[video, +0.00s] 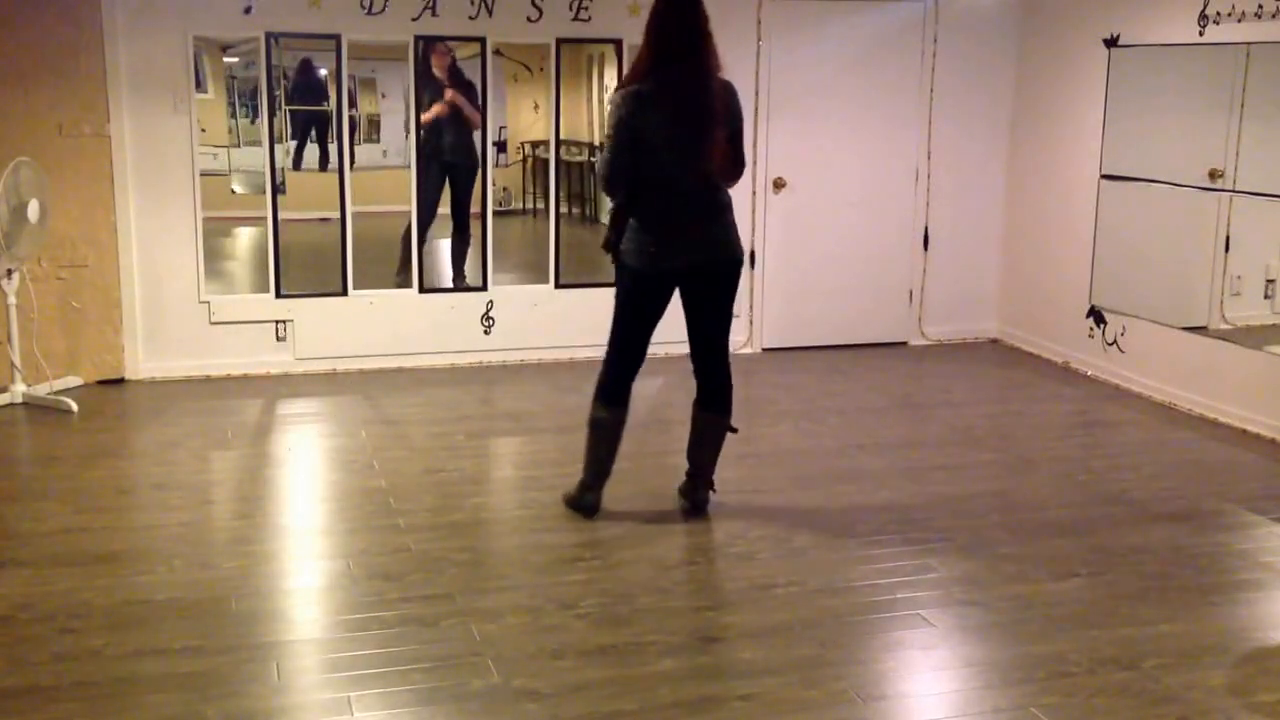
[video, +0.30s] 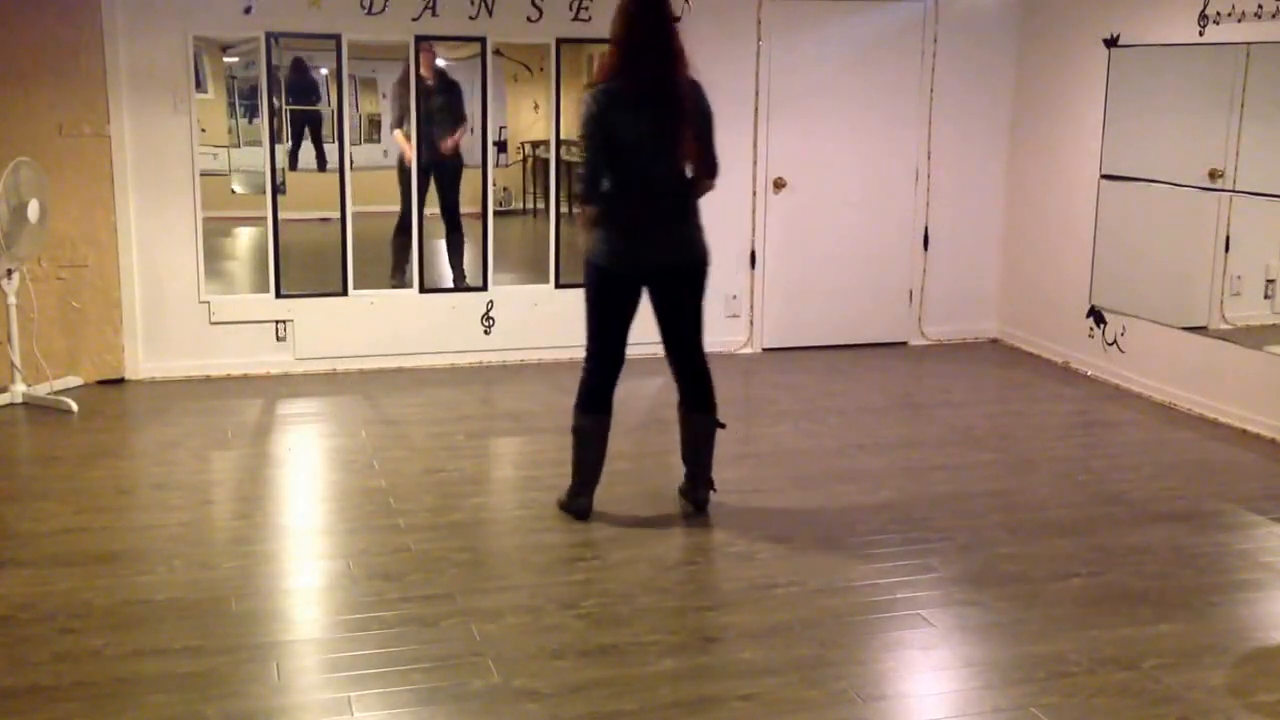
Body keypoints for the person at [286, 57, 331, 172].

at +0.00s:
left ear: (299, 68)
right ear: (312, 67)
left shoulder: (296, 81)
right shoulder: (317, 80)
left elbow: (291, 98)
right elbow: (325, 96)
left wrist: (293, 111)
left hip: (304, 113)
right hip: (320, 112)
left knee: (301, 141)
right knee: (322, 143)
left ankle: (296, 167)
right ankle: (323, 169)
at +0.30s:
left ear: (291, 67)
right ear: (305, 66)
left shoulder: (289, 80)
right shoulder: (311, 79)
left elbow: (286, 97)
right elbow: (318, 97)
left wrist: (289, 105)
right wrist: (311, 102)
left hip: (296, 112)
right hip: (312, 111)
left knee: (295, 143)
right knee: (317, 142)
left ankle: (292, 169)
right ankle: (322, 168)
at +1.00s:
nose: (283, 69)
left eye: (283, 67)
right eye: (284, 67)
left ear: (283, 67)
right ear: (293, 66)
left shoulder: (279, 81)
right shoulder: (301, 80)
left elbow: (277, 99)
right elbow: (306, 97)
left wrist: (277, 113)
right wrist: (305, 111)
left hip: (286, 113)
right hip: (301, 113)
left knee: (288, 143)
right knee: (300, 141)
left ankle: (291, 167)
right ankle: (304, 166)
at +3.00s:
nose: (281, 70)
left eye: (282, 68)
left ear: (283, 67)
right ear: (295, 65)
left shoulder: (282, 81)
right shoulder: (302, 79)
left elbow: (278, 100)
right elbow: (307, 97)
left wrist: (279, 115)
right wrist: (309, 111)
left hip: (289, 114)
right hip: (303, 113)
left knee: (289, 145)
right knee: (303, 143)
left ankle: (290, 169)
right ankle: (305, 168)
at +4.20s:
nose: (282, 70)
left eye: (282, 68)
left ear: (283, 67)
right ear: (293, 65)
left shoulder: (282, 79)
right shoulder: (300, 77)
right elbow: (308, 94)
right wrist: (304, 101)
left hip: (287, 112)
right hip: (300, 112)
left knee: (288, 143)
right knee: (298, 142)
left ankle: (290, 168)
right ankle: (303, 166)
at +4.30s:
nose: (283, 70)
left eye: (283, 67)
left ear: (283, 67)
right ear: (294, 66)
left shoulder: (282, 81)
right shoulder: (300, 78)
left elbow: (278, 97)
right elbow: (311, 91)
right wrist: (304, 99)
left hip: (289, 113)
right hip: (303, 112)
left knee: (291, 143)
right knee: (302, 142)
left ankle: (290, 168)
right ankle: (305, 167)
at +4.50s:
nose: (284, 70)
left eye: (283, 67)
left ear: (283, 67)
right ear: (294, 65)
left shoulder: (282, 81)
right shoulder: (300, 77)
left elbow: (278, 96)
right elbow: (311, 91)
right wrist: (304, 98)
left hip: (289, 112)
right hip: (303, 112)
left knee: (291, 143)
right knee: (304, 142)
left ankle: (291, 168)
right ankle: (305, 168)